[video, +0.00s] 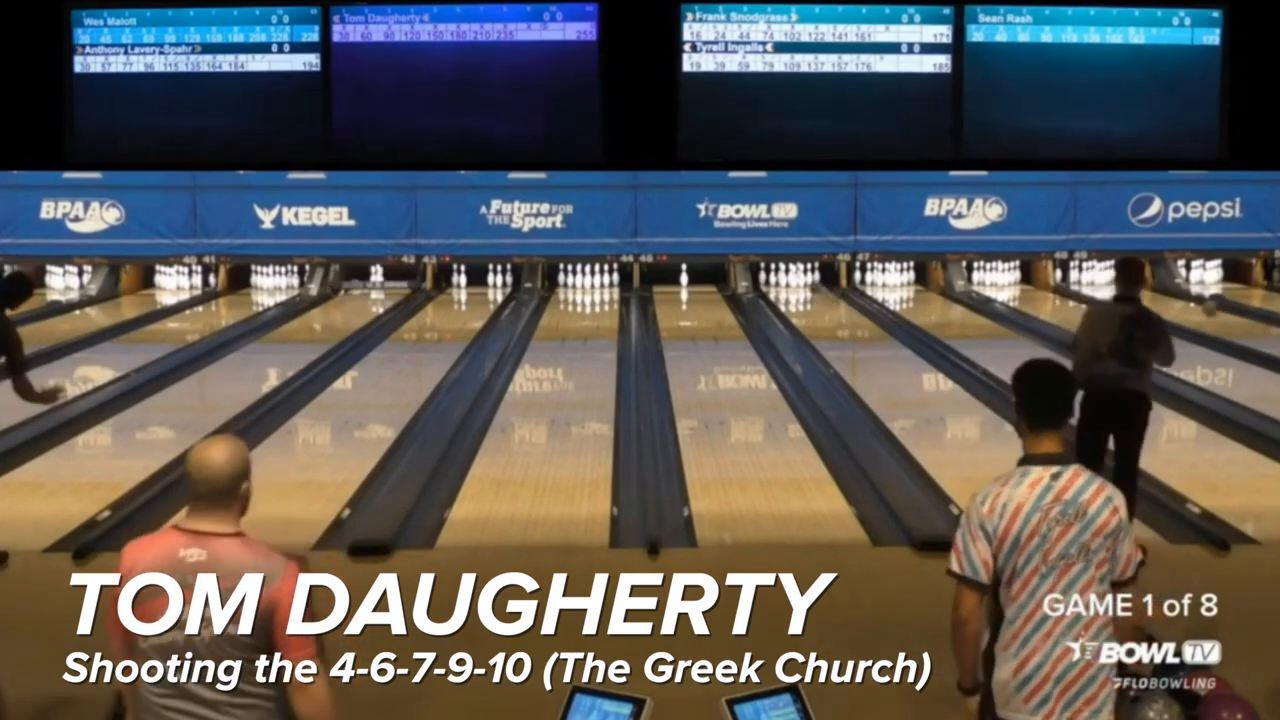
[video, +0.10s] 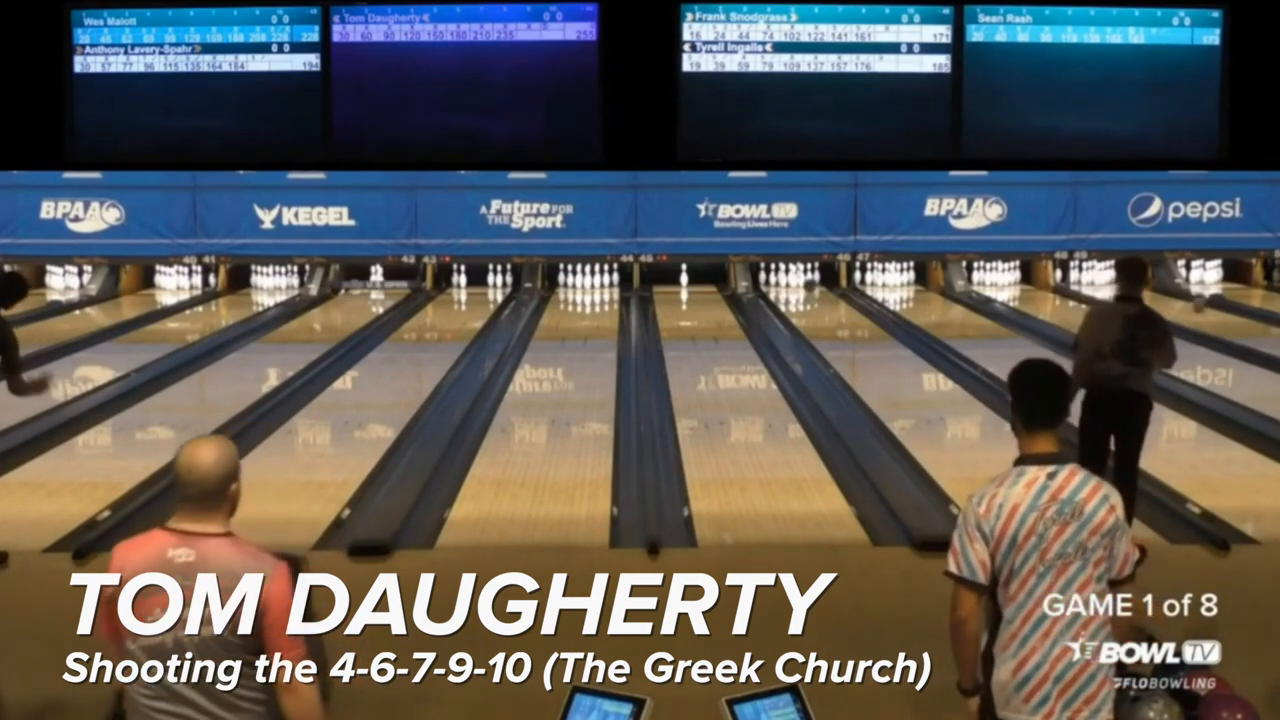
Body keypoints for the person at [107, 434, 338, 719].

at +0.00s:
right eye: (250, 482)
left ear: (188, 485)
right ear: (245, 492)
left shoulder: (136, 557)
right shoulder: (279, 573)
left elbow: (124, 665)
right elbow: (305, 685)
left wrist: (134, 713)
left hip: (157, 712)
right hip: (248, 713)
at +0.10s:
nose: (240, 488)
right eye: (239, 481)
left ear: (179, 486)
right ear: (234, 491)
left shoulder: (126, 557)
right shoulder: (269, 574)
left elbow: (115, 654)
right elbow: (295, 686)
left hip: (148, 712)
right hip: (239, 712)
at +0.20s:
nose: (228, 487)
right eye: (228, 481)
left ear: (165, 486)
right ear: (223, 491)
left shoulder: (115, 558)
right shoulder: (259, 571)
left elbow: (105, 656)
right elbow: (283, 686)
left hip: (138, 712)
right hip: (231, 712)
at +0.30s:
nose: (217, 489)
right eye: (217, 483)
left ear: (151, 486)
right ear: (211, 492)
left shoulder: (105, 559)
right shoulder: (249, 569)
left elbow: (91, 657)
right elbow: (274, 683)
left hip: (133, 712)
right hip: (223, 712)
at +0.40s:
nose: (204, 491)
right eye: (204, 484)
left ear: (136, 490)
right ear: (196, 493)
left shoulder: (92, 563)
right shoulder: (236, 569)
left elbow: (79, 661)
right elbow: (264, 684)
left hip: (119, 714)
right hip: (212, 714)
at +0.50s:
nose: (193, 490)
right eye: (193, 482)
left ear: (124, 491)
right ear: (186, 492)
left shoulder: (82, 566)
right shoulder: (228, 568)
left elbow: (71, 662)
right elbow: (258, 683)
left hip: (113, 713)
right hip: (204, 712)